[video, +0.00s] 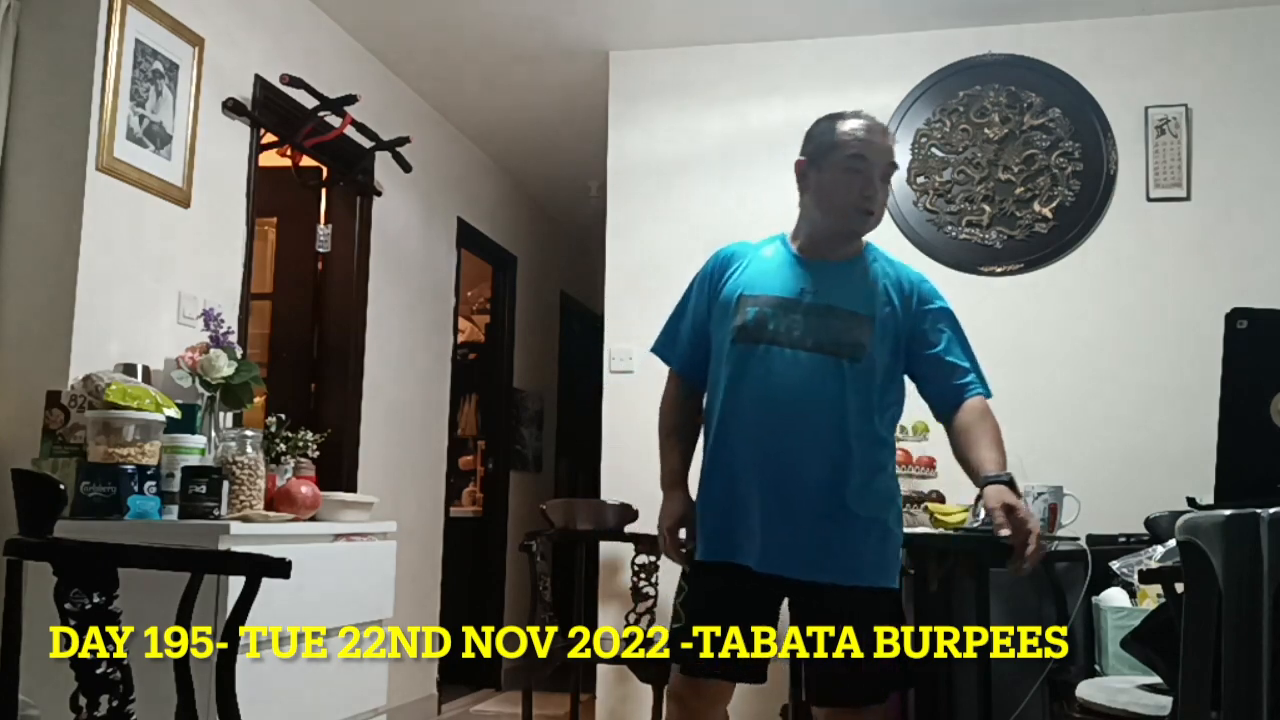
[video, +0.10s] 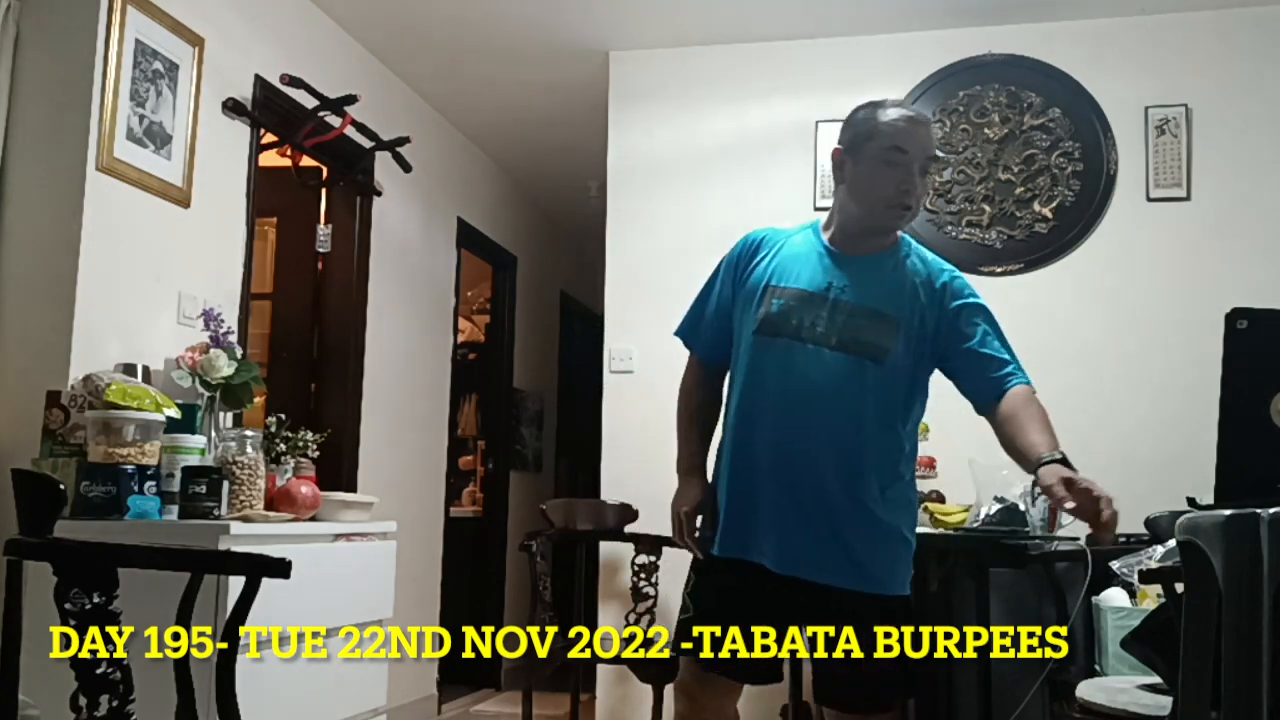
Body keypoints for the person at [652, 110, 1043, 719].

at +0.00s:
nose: (874, 189)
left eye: (885, 175)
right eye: (856, 166)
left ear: (893, 188)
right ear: (804, 173)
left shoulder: (907, 294)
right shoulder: (731, 269)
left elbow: (964, 397)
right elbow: (683, 387)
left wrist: (994, 480)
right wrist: (674, 488)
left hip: (853, 550)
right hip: (736, 535)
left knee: (851, 709)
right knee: (694, 696)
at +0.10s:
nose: (911, 184)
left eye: (924, 170)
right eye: (894, 161)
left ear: (933, 183)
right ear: (841, 165)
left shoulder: (937, 289)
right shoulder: (758, 255)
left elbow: (1003, 385)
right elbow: (705, 368)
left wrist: (1048, 462)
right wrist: (690, 475)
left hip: (863, 560)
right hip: (746, 536)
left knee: (860, 712)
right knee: (701, 693)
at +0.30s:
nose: (966, 192)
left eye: (979, 176)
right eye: (949, 166)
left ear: (986, 183)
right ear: (891, 159)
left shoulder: (980, 295)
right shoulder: (793, 240)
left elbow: (1062, 379)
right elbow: (726, 349)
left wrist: (1135, 444)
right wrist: (706, 460)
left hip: (880, 570)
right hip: (762, 540)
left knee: (861, 714)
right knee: (726, 706)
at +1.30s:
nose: (949, 175)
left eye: (962, 160)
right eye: (931, 151)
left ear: (969, 167)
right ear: (873, 151)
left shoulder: (970, 287)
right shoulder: (773, 240)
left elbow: (1036, 393)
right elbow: (708, 353)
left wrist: (1090, 476)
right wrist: (692, 472)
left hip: (878, 572)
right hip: (752, 541)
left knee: (859, 717)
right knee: (711, 702)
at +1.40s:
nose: (918, 168)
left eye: (927, 151)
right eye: (898, 143)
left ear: (930, 164)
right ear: (837, 147)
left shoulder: (943, 280)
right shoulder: (750, 246)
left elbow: (1001, 399)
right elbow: (688, 366)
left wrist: (1026, 499)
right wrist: (676, 483)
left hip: (869, 571)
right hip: (743, 547)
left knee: (861, 715)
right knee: (705, 703)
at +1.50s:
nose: (875, 159)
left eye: (884, 144)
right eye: (853, 138)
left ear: (891, 158)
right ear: (794, 148)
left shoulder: (910, 278)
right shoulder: (714, 254)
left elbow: (948, 411)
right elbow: (662, 380)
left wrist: (955, 529)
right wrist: (654, 501)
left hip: (851, 559)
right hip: (724, 544)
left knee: (855, 713)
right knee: (693, 706)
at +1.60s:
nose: (830, 156)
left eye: (838, 141)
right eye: (808, 135)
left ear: (844, 156)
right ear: (753, 146)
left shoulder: (868, 272)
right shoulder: (676, 258)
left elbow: (889, 414)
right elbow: (631, 390)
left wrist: (884, 538)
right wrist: (630, 507)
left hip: (825, 560)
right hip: (698, 549)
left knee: (829, 716)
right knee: (683, 708)